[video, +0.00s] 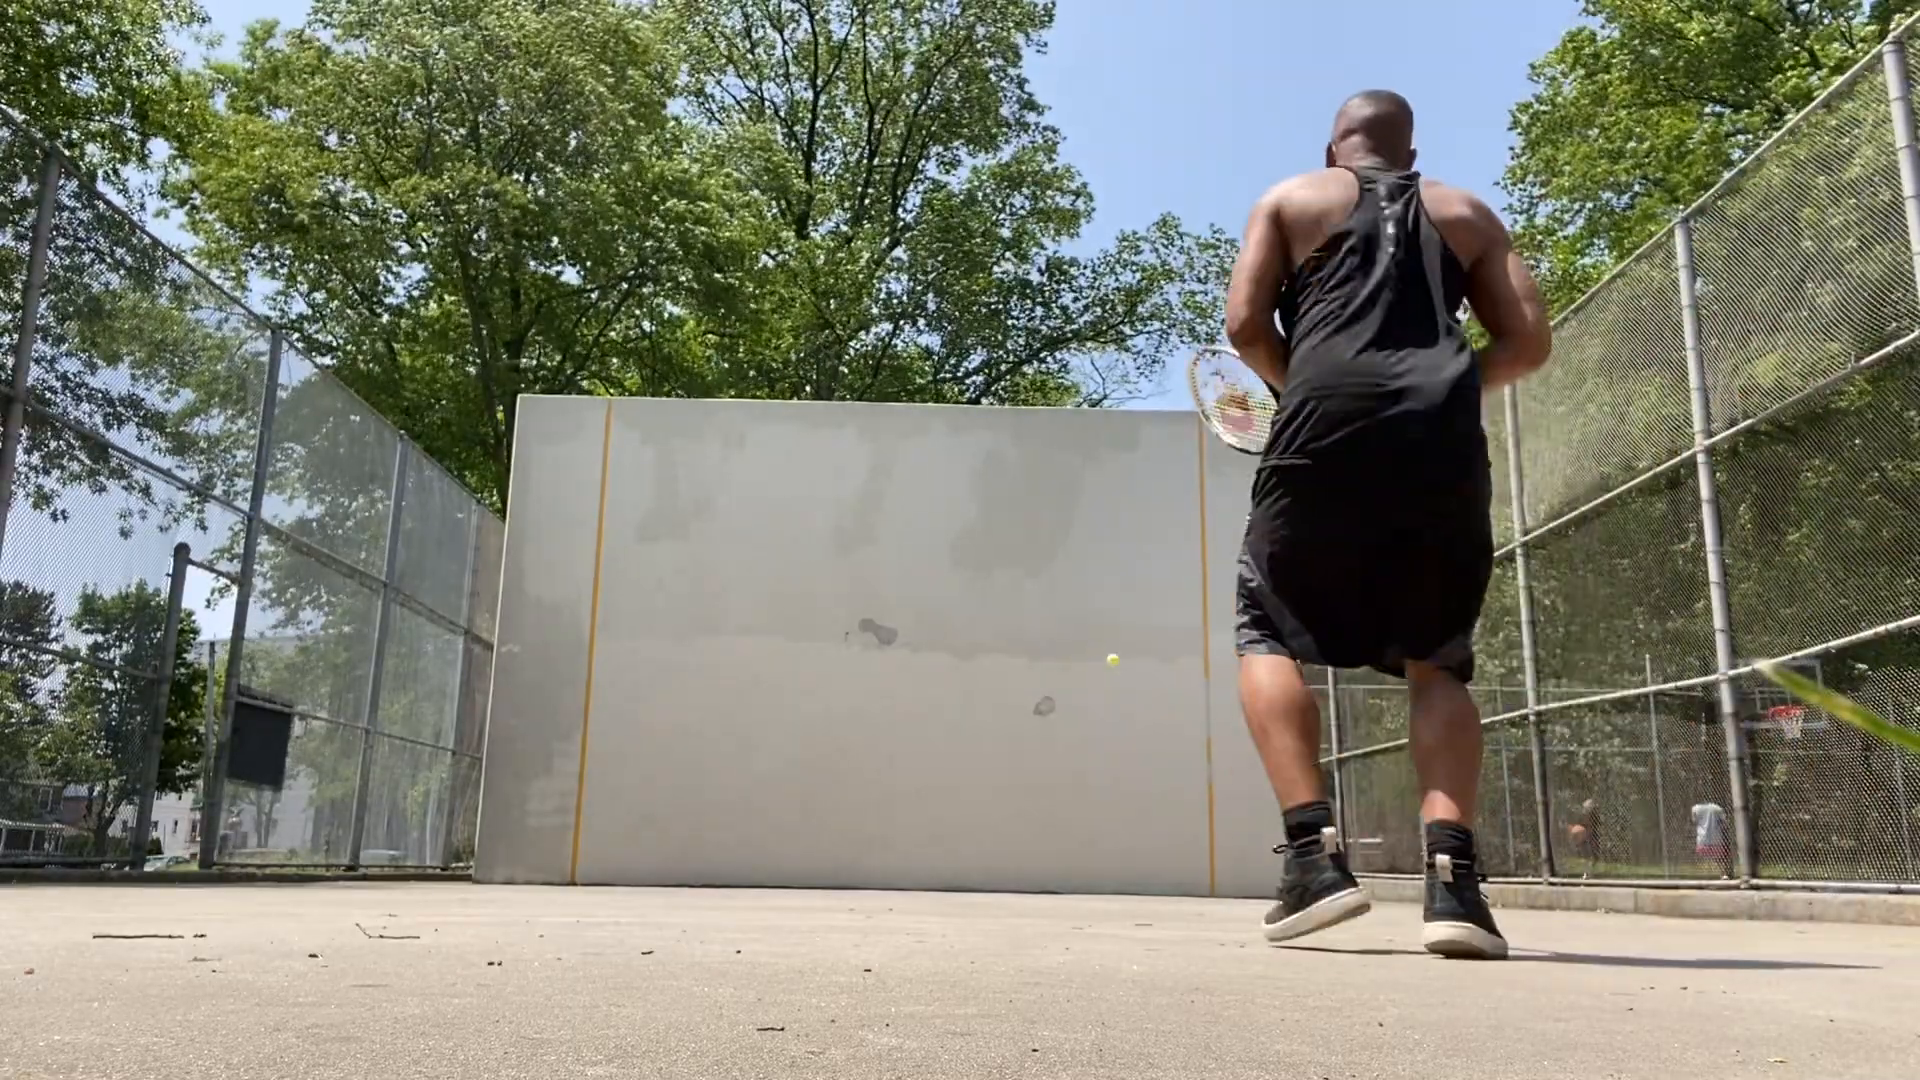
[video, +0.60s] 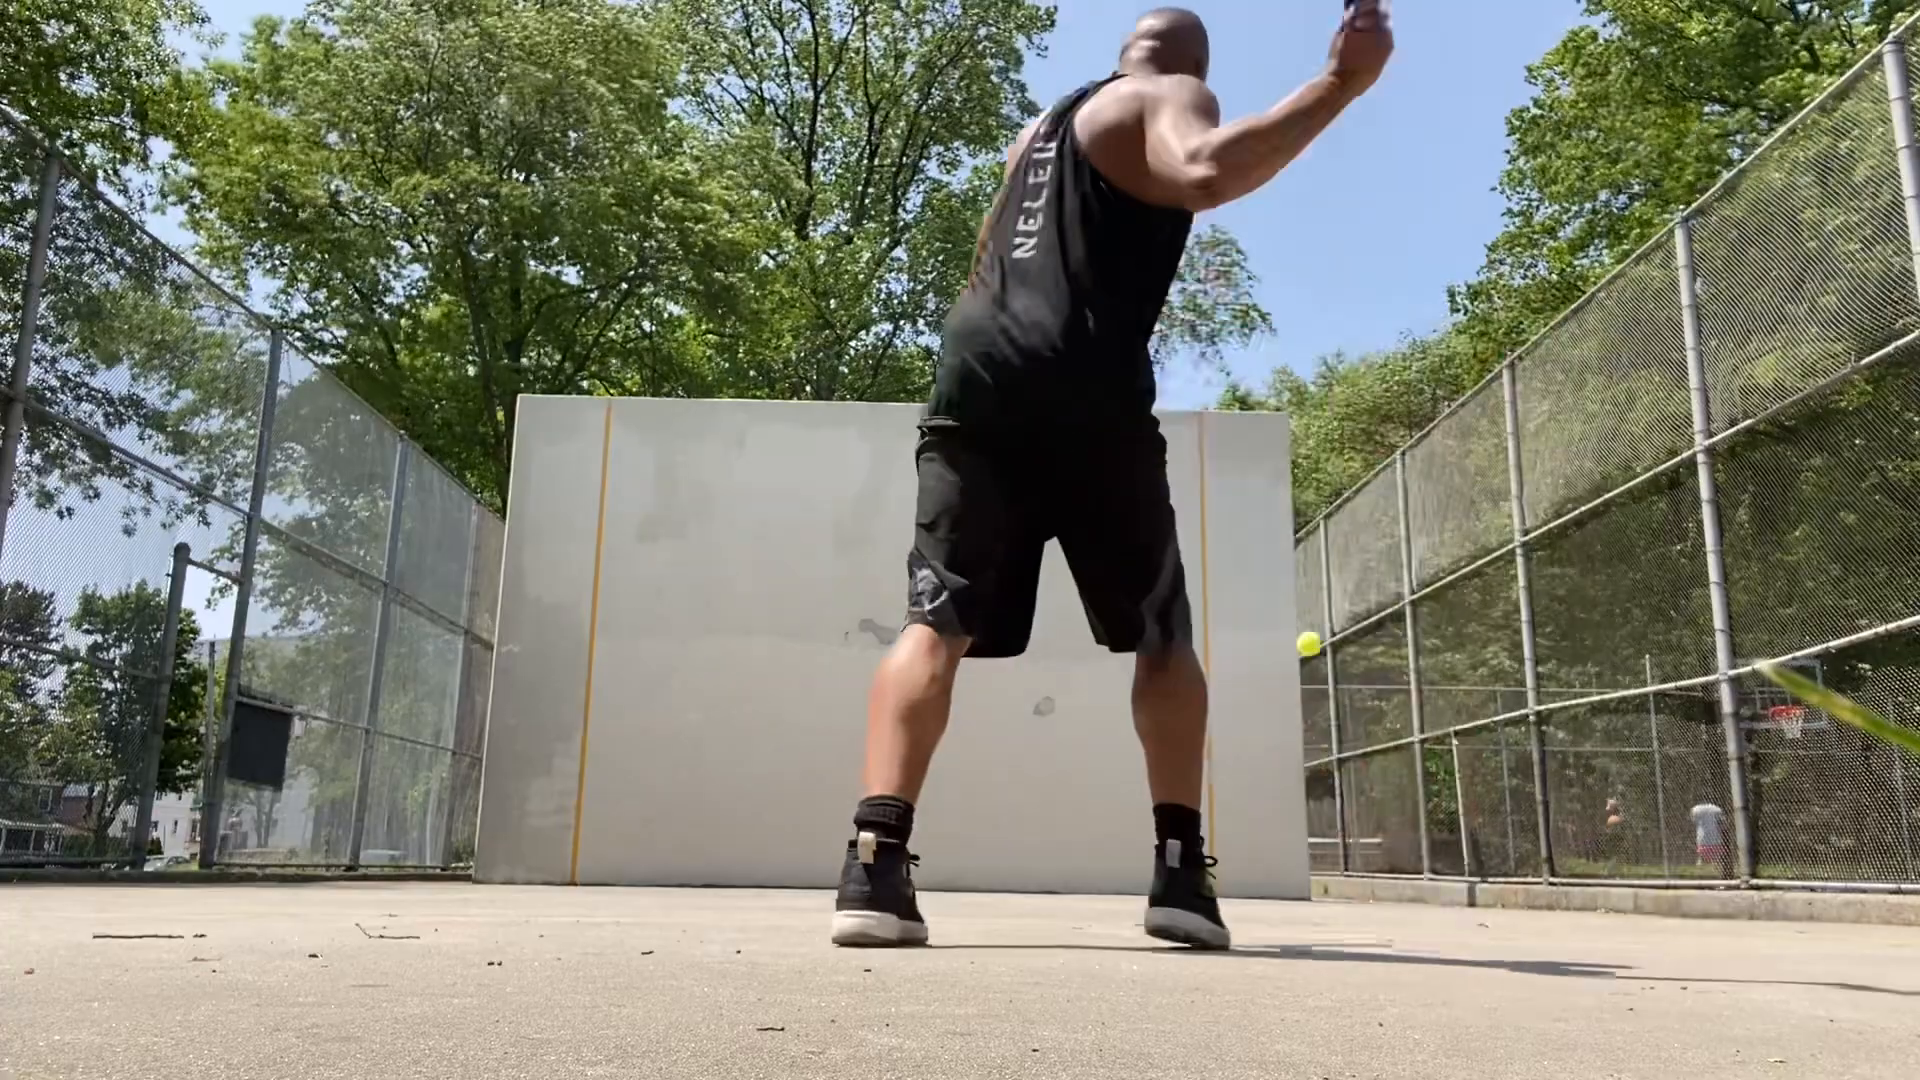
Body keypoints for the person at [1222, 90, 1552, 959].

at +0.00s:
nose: (1337, 147)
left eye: (1337, 138)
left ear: (1333, 146)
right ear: (1414, 154)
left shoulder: (1288, 200)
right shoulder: (1465, 210)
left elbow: (1244, 323)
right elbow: (1527, 343)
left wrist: (1308, 389)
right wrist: (1444, 383)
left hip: (1325, 431)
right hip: (1442, 438)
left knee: (1270, 633)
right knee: (1440, 661)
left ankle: (1313, 856)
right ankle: (1451, 880)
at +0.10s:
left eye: (1314, 146)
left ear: (1307, 153)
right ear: (1389, 156)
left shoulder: (1250, 213)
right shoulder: (1433, 206)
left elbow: (1208, 349)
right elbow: (1498, 333)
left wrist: (1276, 400)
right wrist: (1419, 399)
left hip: (1261, 433)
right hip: (1386, 441)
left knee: (1189, 631)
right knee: (1434, 667)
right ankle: (1451, 896)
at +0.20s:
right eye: (1337, 125)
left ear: (1266, 135)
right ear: (1349, 136)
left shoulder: (1200, 196)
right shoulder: (1387, 182)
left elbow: (1157, 344)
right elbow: (1428, 298)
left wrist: (1217, 397)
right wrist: (1365, 383)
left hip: (1188, 418)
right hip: (1318, 432)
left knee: (1105, 620)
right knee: (1391, 657)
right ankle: (1452, 895)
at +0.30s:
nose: (1282, 123)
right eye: (1285, 115)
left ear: (1205, 115)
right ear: (1287, 120)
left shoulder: (1136, 175)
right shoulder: (1314, 165)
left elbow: (1103, 306)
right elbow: (1343, 287)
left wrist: (1157, 369)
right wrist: (1292, 369)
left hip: (1110, 410)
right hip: (1239, 429)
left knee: (1011, 623)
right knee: (1331, 658)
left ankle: (900, 819)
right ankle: (1440, 887)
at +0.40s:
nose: (1230, 124)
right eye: (1231, 111)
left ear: (1149, 98)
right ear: (1226, 110)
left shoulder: (1071, 161)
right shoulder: (1239, 154)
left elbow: (1082, 278)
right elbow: (1266, 307)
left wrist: (1225, 327)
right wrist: (1251, 343)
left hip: (1032, 417)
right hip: (1160, 432)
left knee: (966, 646)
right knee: (1269, 663)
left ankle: (878, 860)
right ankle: (1390, 879)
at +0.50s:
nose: (1202, 101)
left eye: (1184, 85)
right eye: (1204, 91)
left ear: (1123, 73)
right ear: (1196, 84)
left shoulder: (1038, 143)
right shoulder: (1194, 119)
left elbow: (1060, 296)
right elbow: (1235, 240)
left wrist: (1191, 304)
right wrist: (1315, 240)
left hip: (994, 401)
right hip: (1116, 408)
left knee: (948, 635)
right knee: (1210, 637)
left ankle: (876, 867)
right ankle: (1275, 881)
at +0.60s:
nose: (1201, 93)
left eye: (1195, 80)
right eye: (1203, 80)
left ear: (1124, 51)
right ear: (1190, 66)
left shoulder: (1037, 131)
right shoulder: (1166, 91)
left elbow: (993, 249)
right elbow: (1200, 172)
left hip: (973, 377)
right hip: (1090, 392)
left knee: (933, 625)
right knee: (1162, 638)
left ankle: (874, 870)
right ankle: (1179, 879)